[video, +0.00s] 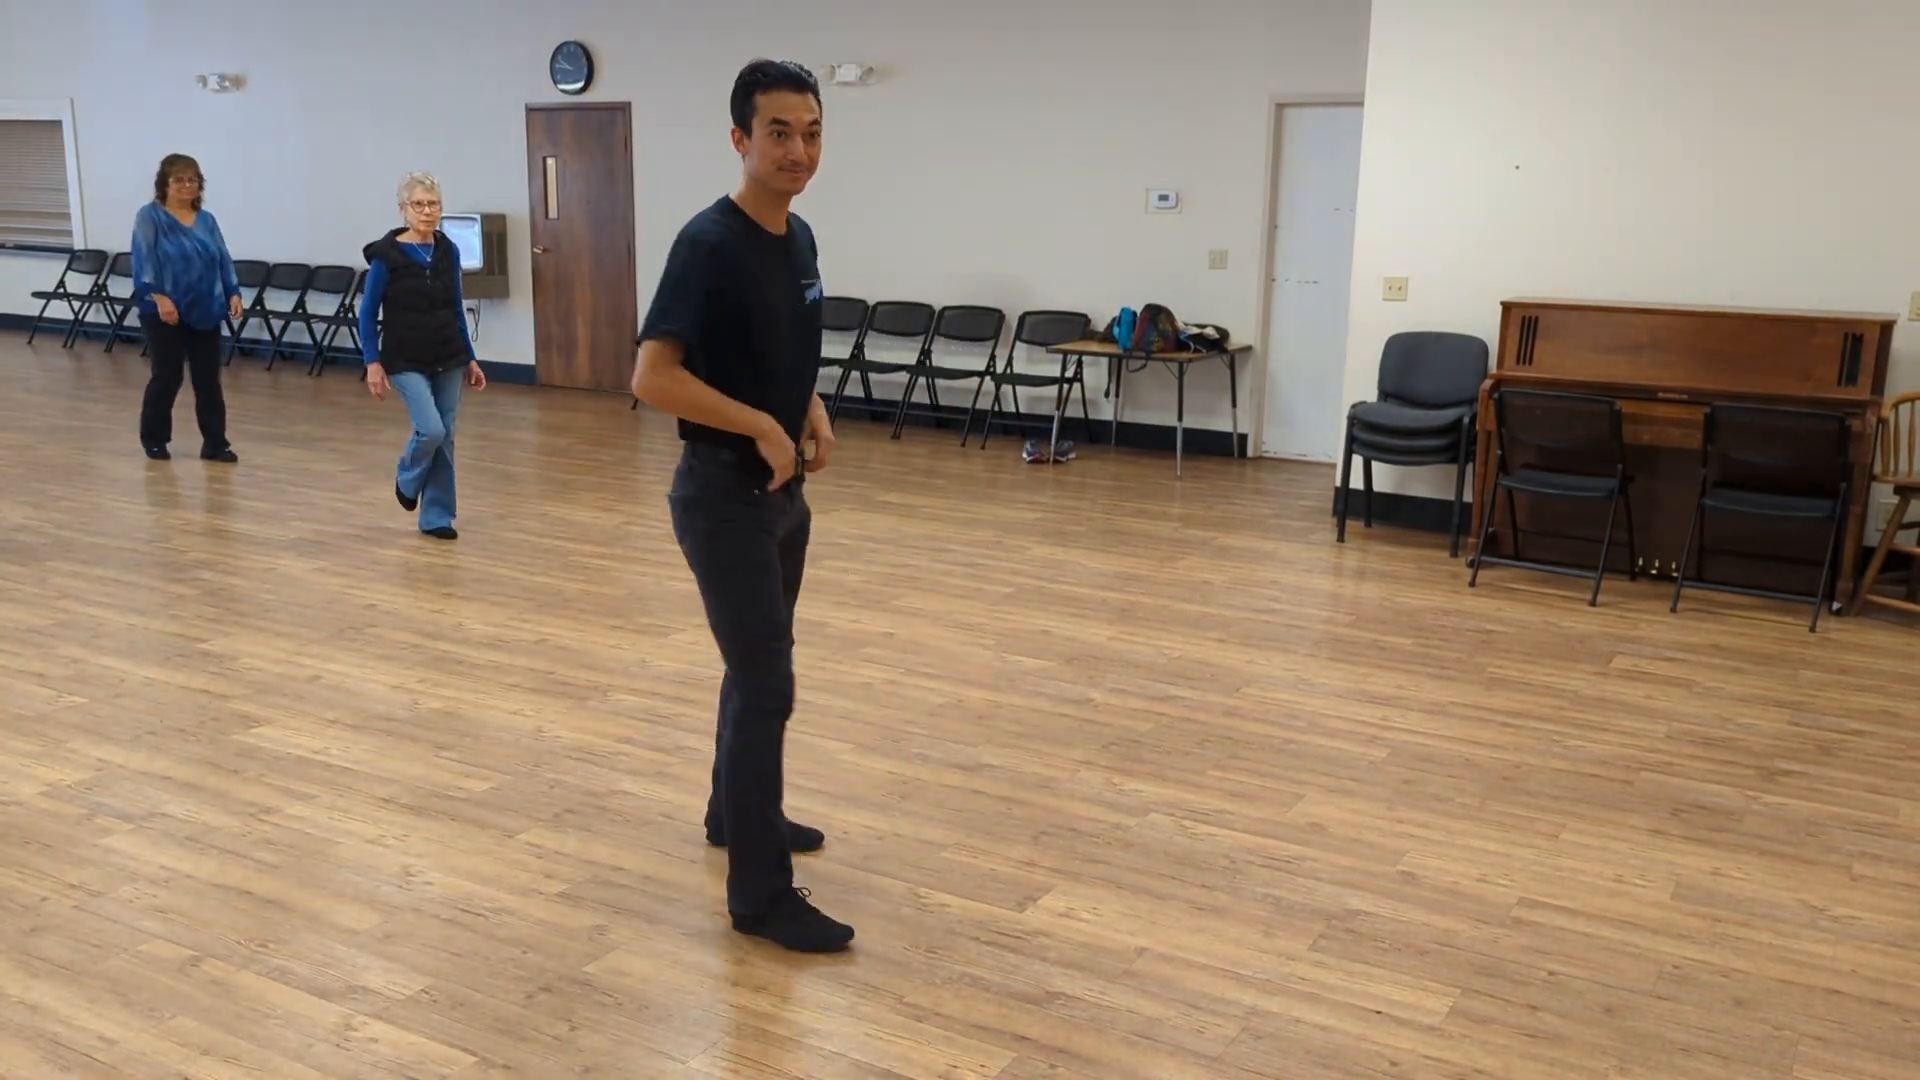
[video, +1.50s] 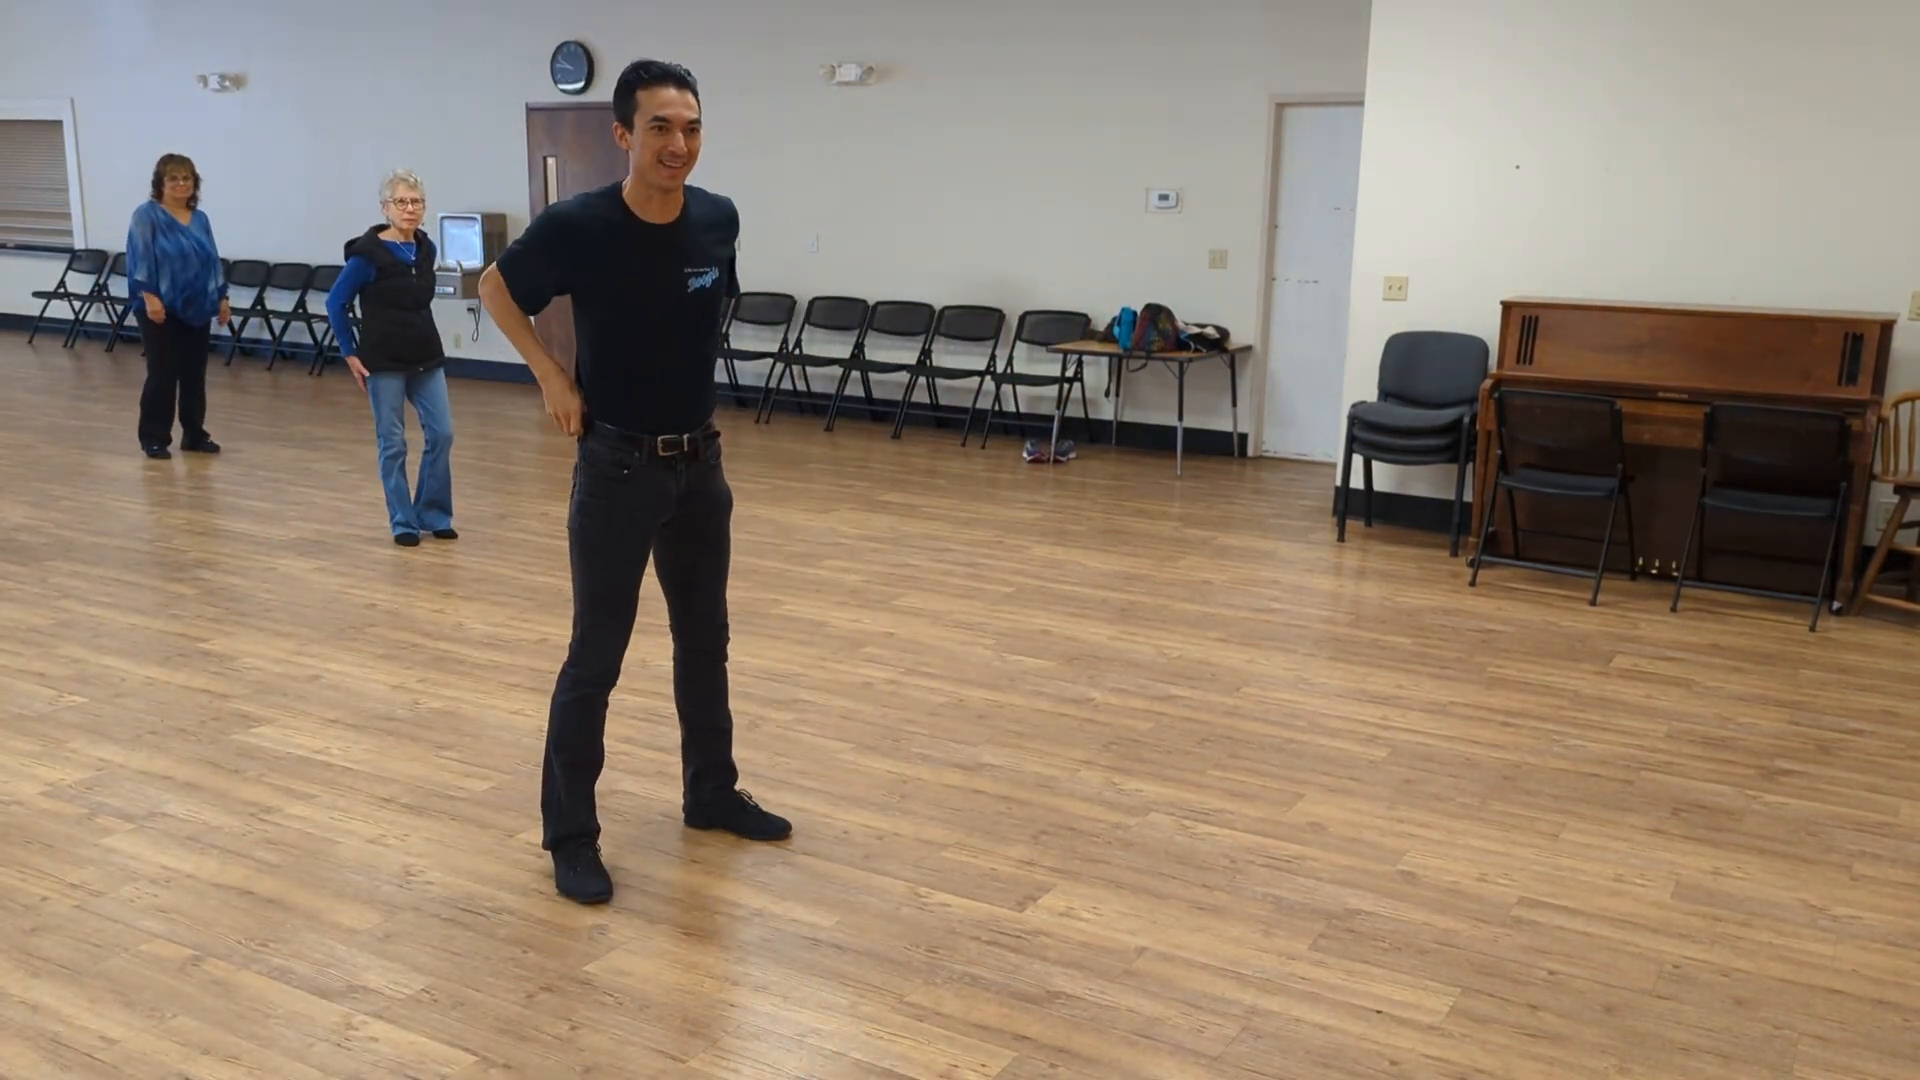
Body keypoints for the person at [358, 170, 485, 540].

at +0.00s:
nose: (427, 211)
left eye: (433, 204)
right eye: (419, 205)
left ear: (440, 209)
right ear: (404, 209)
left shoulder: (448, 250)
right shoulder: (387, 253)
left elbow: (457, 310)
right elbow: (367, 312)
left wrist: (469, 359)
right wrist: (372, 362)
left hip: (449, 357)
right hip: (404, 359)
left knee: (445, 436)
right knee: (433, 431)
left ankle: (437, 517)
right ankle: (409, 477)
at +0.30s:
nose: (425, 210)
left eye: (431, 203)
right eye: (416, 203)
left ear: (438, 208)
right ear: (402, 209)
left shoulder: (447, 250)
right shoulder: (386, 253)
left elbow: (457, 309)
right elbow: (367, 311)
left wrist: (470, 358)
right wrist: (370, 362)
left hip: (450, 356)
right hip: (403, 358)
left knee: (446, 436)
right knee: (438, 429)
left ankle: (437, 518)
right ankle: (410, 468)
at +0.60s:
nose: (420, 210)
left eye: (426, 203)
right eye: (412, 203)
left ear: (434, 208)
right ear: (398, 209)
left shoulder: (444, 251)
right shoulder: (382, 254)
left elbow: (454, 307)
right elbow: (360, 312)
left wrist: (467, 360)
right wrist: (371, 359)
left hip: (445, 358)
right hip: (403, 360)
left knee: (445, 437)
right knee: (430, 432)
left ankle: (437, 517)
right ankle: (406, 501)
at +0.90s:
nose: (415, 207)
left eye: (421, 200)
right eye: (406, 200)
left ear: (430, 205)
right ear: (393, 206)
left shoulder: (440, 248)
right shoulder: (379, 252)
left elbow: (446, 303)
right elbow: (348, 304)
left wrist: (453, 352)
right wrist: (360, 355)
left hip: (436, 359)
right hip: (394, 361)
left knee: (438, 440)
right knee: (407, 441)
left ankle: (437, 518)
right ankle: (406, 523)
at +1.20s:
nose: (411, 207)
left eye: (418, 200)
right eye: (403, 200)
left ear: (426, 205)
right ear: (389, 206)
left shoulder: (433, 248)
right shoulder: (372, 252)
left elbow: (426, 299)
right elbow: (336, 298)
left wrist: (429, 337)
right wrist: (350, 347)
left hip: (430, 356)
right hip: (385, 360)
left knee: (439, 437)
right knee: (395, 443)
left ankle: (437, 518)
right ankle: (404, 523)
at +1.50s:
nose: (410, 209)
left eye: (416, 202)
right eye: (401, 202)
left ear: (424, 207)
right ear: (386, 207)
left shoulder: (426, 249)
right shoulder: (370, 253)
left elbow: (417, 300)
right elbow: (335, 302)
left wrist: (421, 339)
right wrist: (350, 353)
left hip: (425, 358)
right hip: (383, 362)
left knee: (441, 434)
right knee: (393, 443)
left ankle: (434, 515)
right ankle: (403, 523)